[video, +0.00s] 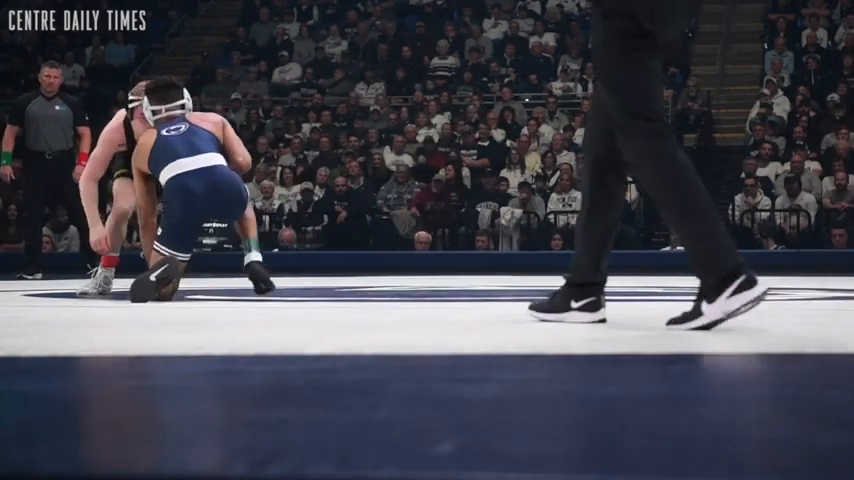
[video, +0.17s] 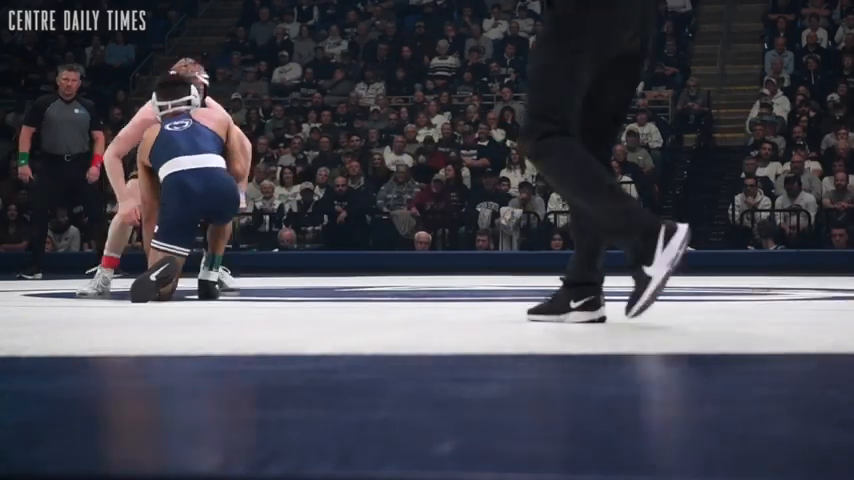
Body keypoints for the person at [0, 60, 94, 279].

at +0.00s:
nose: (51, 81)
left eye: (56, 77)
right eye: (48, 77)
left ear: (61, 80)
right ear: (40, 78)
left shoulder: (72, 104)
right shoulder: (25, 102)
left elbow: (85, 134)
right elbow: (10, 132)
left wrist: (82, 162)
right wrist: (5, 161)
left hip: (65, 164)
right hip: (35, 164)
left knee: (79, 211)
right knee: (32, 214)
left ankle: (93, 261)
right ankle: (33, 266)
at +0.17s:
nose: (69, 85)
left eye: (73, 81)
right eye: (65, 80)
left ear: (79, 83)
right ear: (58, 81)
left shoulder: (88, 107)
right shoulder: (43, 104)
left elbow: (99, 137)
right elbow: (27, 132)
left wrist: (96, 164)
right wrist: (23, 162)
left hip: (80, 166)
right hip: (49, 166)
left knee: (96, 210)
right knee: (39, 212)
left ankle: (102, 261)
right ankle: (34, 264)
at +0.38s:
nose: (92, 87)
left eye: (96, 83)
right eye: (88, 82)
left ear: (102, 86)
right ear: (81, 84)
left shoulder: (107, 110)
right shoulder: (67, 105)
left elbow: (116, 140)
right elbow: (51, 134)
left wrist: (119, 167)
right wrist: (56, 163)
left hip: (101, 168)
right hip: (73, 167)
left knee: (109, 215)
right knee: (59, 215)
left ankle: (108, 264)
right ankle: (41, 264)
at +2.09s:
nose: (115, 86)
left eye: (118, 82)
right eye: (111, 82)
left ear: (122, 85)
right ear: (101, 83)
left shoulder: (122, 109)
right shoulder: (91, 104)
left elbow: (126, 138)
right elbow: (75, 132)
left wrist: (129, 163)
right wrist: (80, 162)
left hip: (115, 167)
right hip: (93, 166)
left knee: (125, 213)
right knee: (74, 214)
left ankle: (126, 264)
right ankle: (55, 264)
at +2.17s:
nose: (124, 86)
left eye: (128, 83)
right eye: (120, 82)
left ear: (132, 86)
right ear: (111, 84)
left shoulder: (130, 109)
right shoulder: (102, 103)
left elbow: (134, 137)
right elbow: (87, 132)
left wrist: (138, 163)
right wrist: (95, 162)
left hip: (125, 166)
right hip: (105, 164)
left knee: (132, 214)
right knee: (89, 214)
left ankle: (127, 263)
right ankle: (59, 261)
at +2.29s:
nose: (137, 86)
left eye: (140, 83)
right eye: (132, 82)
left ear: (144, 86)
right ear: (123, 83)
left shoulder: (140, 109)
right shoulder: (114, 103)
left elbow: (143, 138)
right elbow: (103, 133)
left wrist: (151, 162)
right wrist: (116, 161)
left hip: (134, 164)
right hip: (113, 163)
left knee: (135, 213)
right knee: (108, 211)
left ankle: (129, 264)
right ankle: (78, 253)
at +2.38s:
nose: (143, 85)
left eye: (147, 82)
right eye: (139, 81)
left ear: (150, 84)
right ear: (129, 83)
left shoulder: (145, 107)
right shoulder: (122, 101)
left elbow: (149, 137)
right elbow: (112, 132)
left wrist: (161, 162)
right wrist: (127, 161)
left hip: (139, 162)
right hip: (122, 161)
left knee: (138, 212)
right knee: (129, 209)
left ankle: (129, 263)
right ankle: (100, 254)